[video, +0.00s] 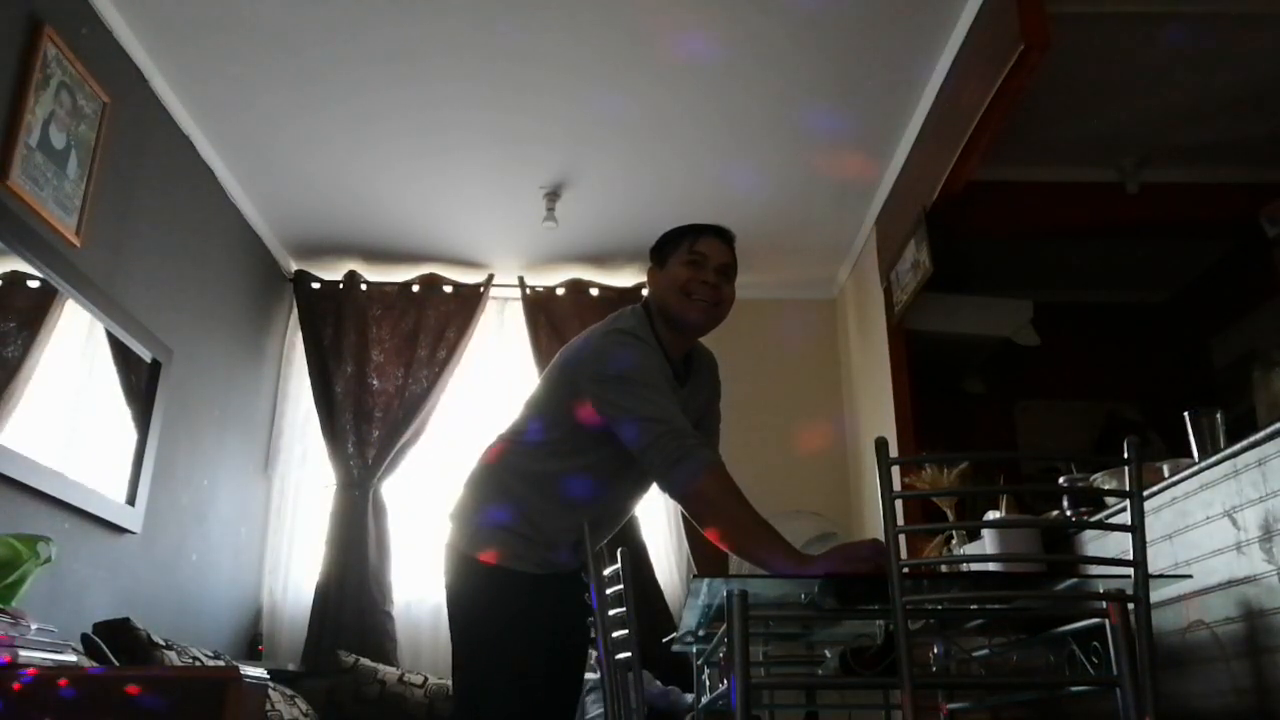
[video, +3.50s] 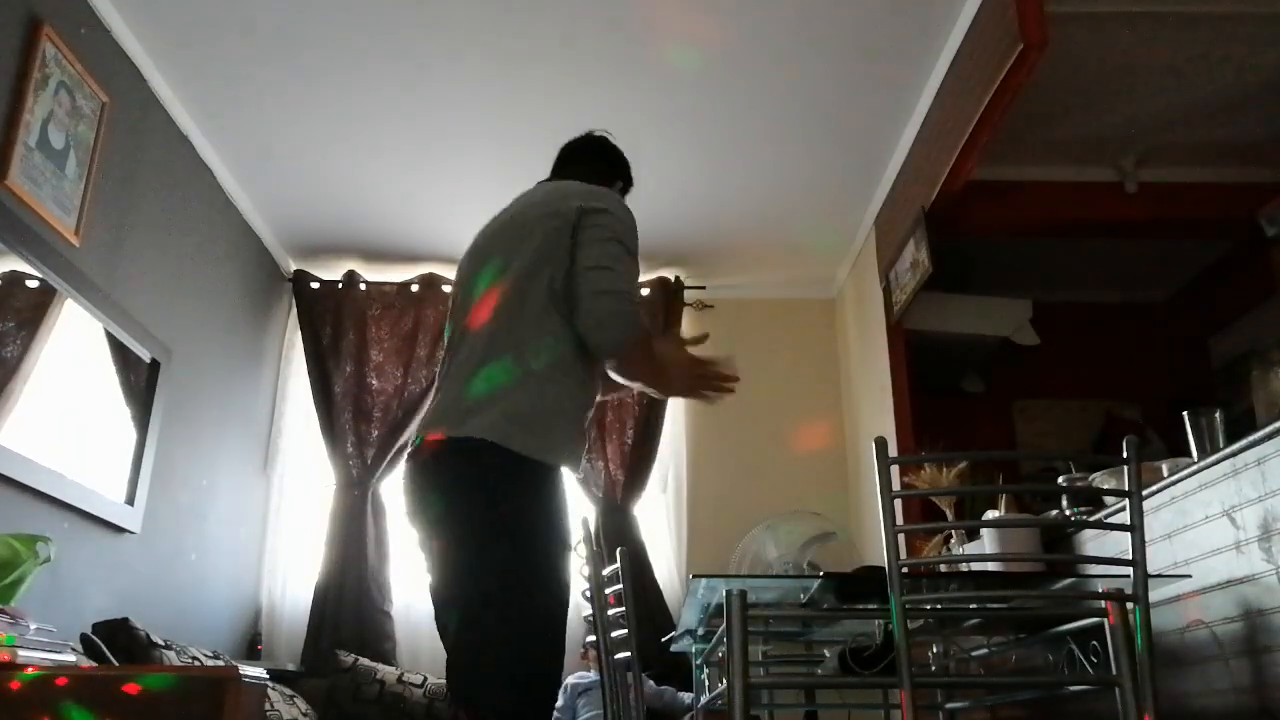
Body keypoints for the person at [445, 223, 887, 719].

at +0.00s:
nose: (710, 282)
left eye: (725, 274)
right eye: (693, 264)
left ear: (733, 295)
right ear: (653, 275)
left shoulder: (698, 369)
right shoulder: (617, 351)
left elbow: (701, 490)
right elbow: (691, 479)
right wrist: (798, 564)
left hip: (567, 556)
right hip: (500, 549)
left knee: (551, 706)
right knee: (497, 708)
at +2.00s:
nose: (703, 280)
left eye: (717, 275)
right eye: (687, 263)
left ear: (722, 300)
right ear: (646, 272)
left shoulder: (679, 378)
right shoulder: (611, 343)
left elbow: (687, 498)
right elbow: (691, 470)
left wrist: (718, 602)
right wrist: (798, 564)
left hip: (536, 555)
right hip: (476, 542)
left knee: (538, 704)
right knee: (488, 706)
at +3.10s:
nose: (714, 327)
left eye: (718, 312)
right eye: (714, 307)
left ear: (671, 290)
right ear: (679, 289)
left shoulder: (624, 355)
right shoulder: (605, 342)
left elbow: (671, 499)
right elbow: (686, 474)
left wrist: (718, 599)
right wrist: (803, 562)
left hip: (505, 563)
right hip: (473, 560)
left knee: (550, 712)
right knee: (546, 714)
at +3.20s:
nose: (685, 325)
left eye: (690, 308)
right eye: (689, 305)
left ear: (626, 281)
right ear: (668, 290)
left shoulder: (579, 335)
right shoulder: (599, 333)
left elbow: (656, 487)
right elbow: (682, 456)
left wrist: (722, 579)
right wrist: (799, 547)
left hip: (470, 563)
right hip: (484, 566)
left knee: (520, 714)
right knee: (555, 713)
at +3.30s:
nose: (656, 286)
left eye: (660, 275)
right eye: (660, 272)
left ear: (595, 250)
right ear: (645, 261)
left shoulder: (547, 299)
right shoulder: (596, 295)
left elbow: (607, 449)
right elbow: (635, 416)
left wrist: (708, 500)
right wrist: (771, 464)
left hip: (462, 537)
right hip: (498, 541)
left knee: (520, 707)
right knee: (552, 708)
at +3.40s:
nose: (642, 242)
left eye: (644, 231)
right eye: (645, 229)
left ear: (585, 202)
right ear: (639, 216)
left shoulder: (534, 248)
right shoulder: (598, 237)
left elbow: (565, 397)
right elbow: (605, 353)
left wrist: (673, 420)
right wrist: (725, 378)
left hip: (461, 484)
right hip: (501, 490)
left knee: (491, 679)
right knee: (530, 684)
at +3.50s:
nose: (623, 204)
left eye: (625, 197)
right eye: (623, 195)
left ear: (556, 174)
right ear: (615, 184)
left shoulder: (500, 228)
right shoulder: (599, 205)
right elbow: (611, 327)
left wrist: (633, 357)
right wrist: (667, 374)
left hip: (440, 459)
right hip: (504, 459)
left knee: (473, 654)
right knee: (523, 662)